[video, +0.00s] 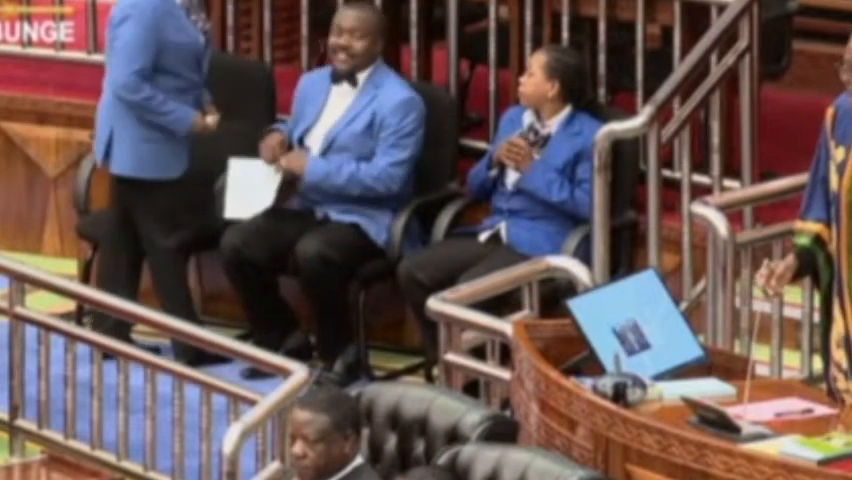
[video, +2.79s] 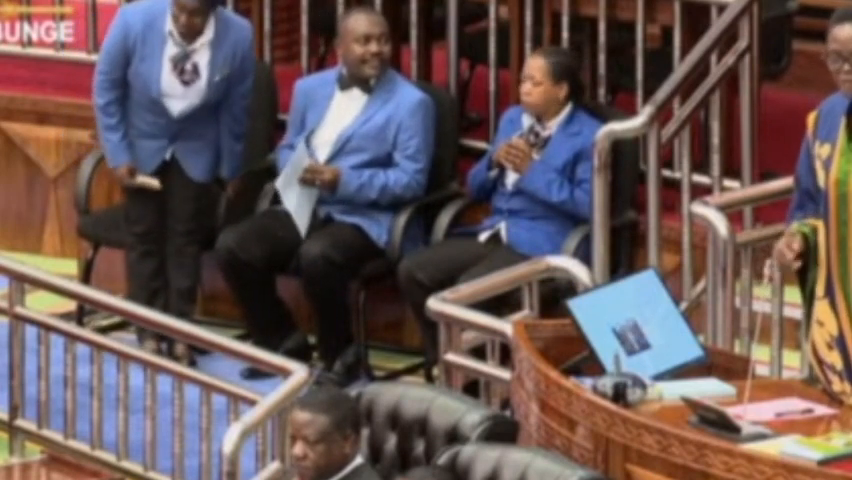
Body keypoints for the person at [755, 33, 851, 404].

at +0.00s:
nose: (844, 64)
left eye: (849, 57)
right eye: (844, 56)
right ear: (840, 61)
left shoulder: (839, 115)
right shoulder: (839, 114)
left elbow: (820, 203)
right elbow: (822, 201)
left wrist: (796, 260)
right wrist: (796, 261)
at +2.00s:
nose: (844, 68)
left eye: (849, 58)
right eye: (840, 58)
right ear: (832, 59)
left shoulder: (838, 114)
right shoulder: (835, 114)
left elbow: (821, 199)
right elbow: (818, 195)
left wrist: (805, 237)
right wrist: (803, 237)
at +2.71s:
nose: (846, 70)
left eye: (851, 58)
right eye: (839, 58)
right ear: (827, 59)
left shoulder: (830, 120)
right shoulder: (825, 120)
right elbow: (807, 206)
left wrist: (799, 234)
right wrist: (794, 237)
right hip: (831, 329)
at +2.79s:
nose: (844, 69)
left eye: (849, 58)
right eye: (837, 58)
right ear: (825, 58)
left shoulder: (830, 119)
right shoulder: (824, 119)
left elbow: (806, 204)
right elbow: (807, 203)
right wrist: (795, 237)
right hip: (830, 325)